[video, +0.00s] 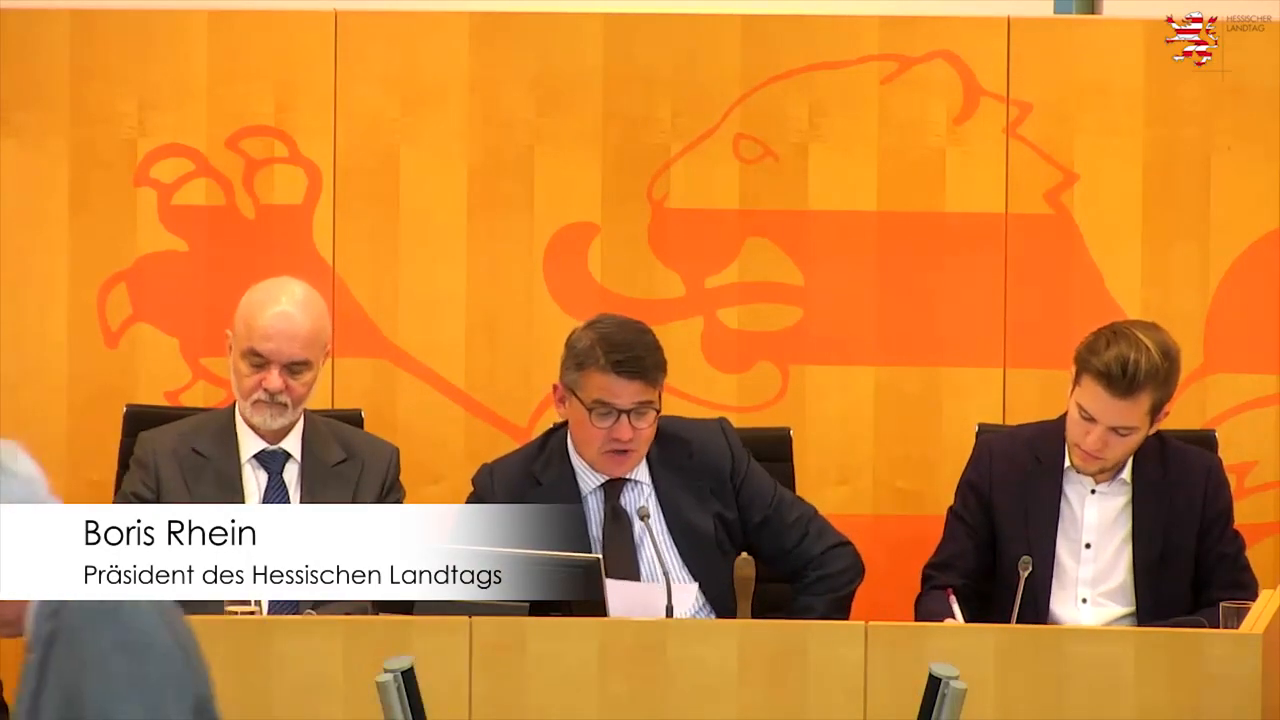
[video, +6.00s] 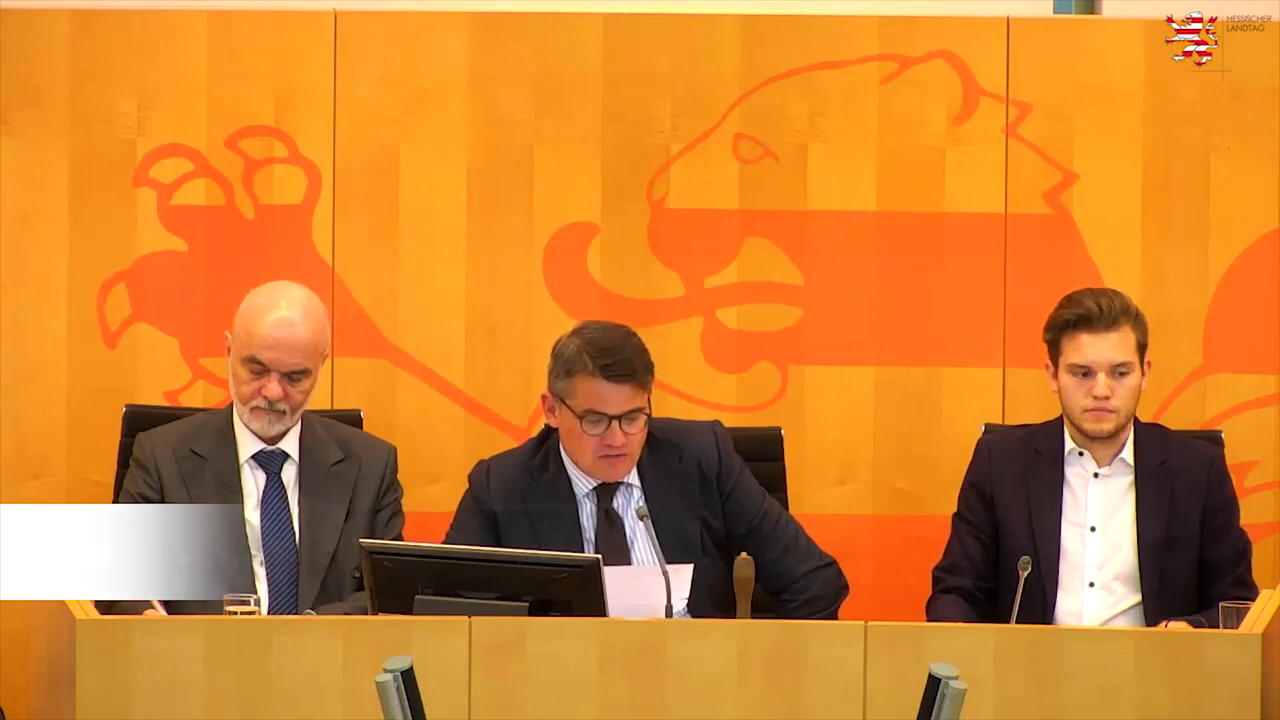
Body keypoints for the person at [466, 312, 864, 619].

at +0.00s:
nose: (624, 433)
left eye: (642, 412)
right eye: (603, 413)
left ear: (659, 397)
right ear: (562, 400)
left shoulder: (713, 454)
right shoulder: (505, 488)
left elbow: (833, 565)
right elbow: (472, 627)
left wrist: (788, 672)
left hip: (713, 673)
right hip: (574, 683)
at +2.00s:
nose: (619, 431)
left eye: (635, 410)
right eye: (597, 412)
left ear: (654, 397)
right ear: (556, 403)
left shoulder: (708, 454)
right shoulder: (503, 485)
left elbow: (815, 582)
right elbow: (464, 620)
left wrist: (760, 677)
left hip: (704, 676)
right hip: (565, 684)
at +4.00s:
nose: (610, 430)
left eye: (624, 409)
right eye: (587, 413)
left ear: (642, 393)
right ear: (546, 408)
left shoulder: (702, 453)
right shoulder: (497, 487)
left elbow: (810, 581)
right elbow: (465, 624)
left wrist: (763, 678)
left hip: (704, 674)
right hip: (563, 683)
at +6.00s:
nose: (616, 438)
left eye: (632, 417)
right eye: (595, 420)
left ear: (649, 401)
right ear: (552, 409)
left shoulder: (704, 457)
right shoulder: (497, 489)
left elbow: (815, 584)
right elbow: (446, 614)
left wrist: (756, 675)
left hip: (699, 679)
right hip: (560, 686)